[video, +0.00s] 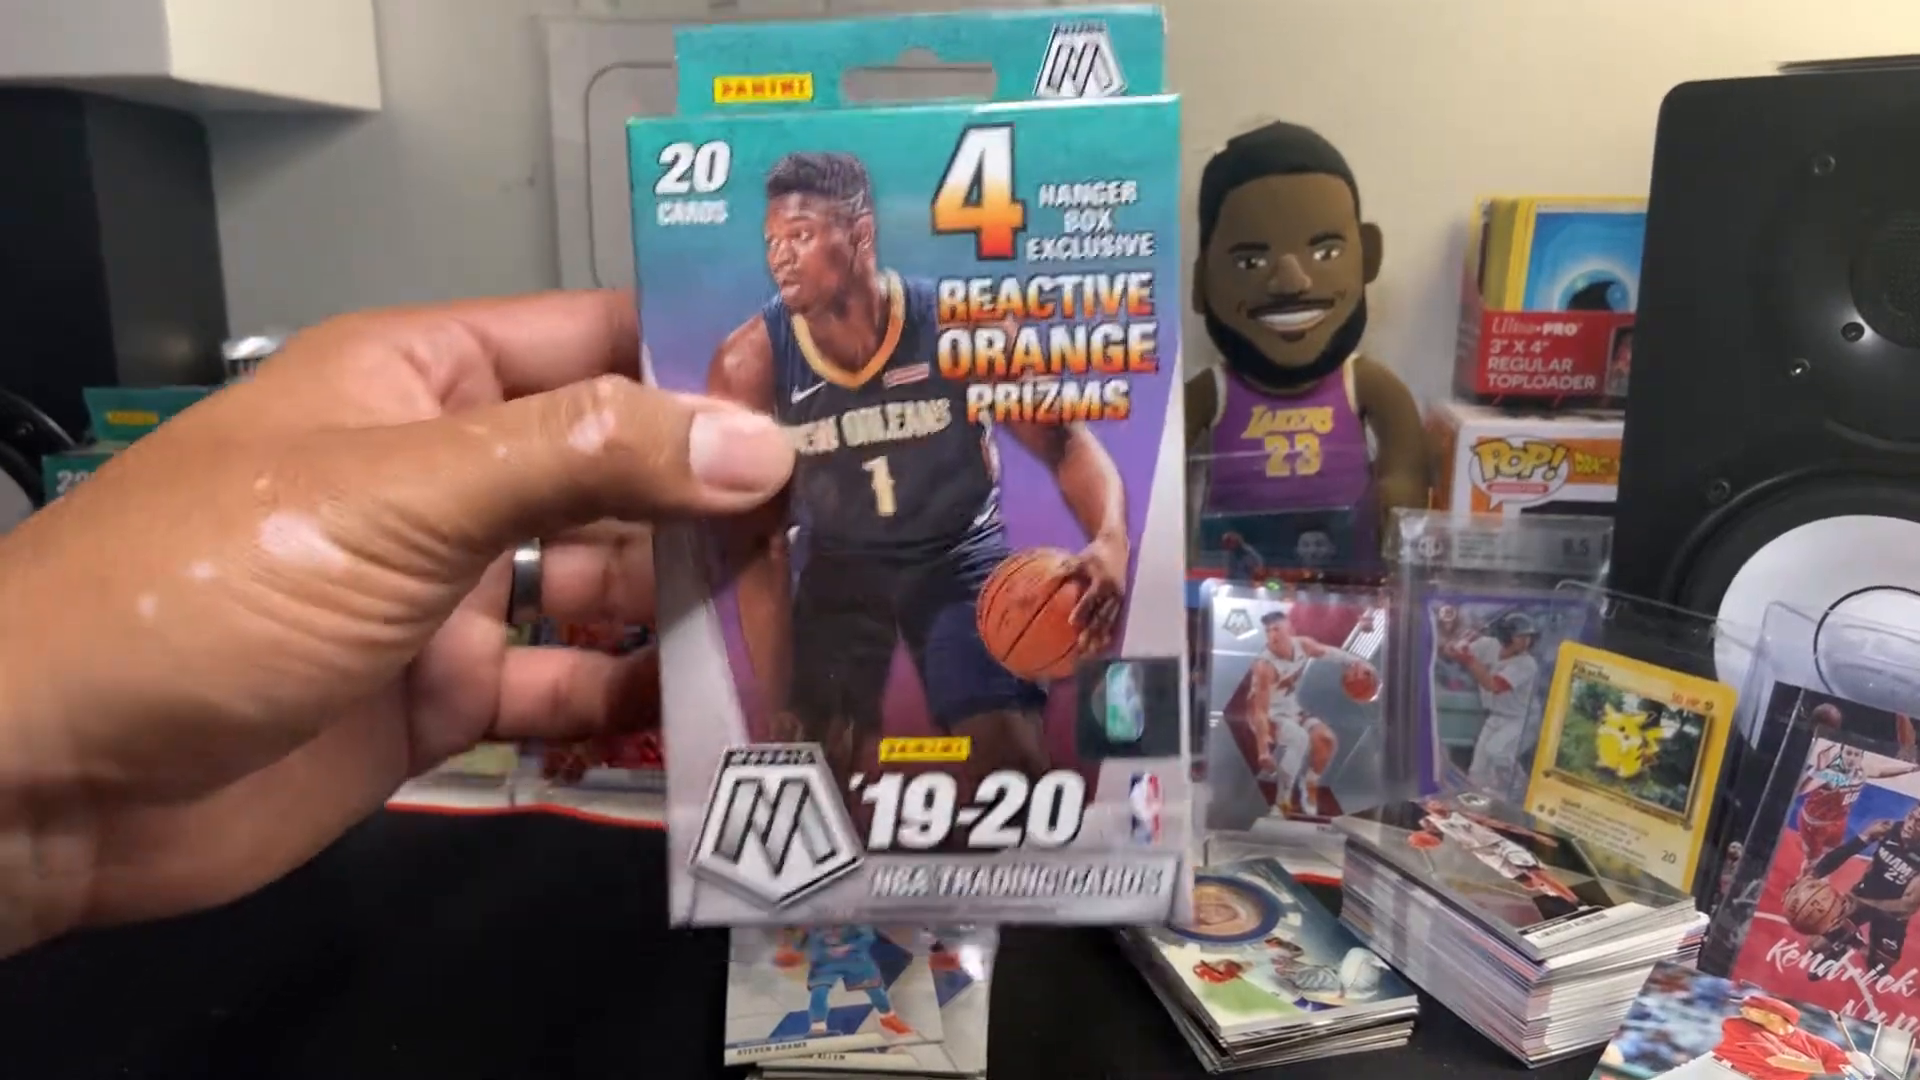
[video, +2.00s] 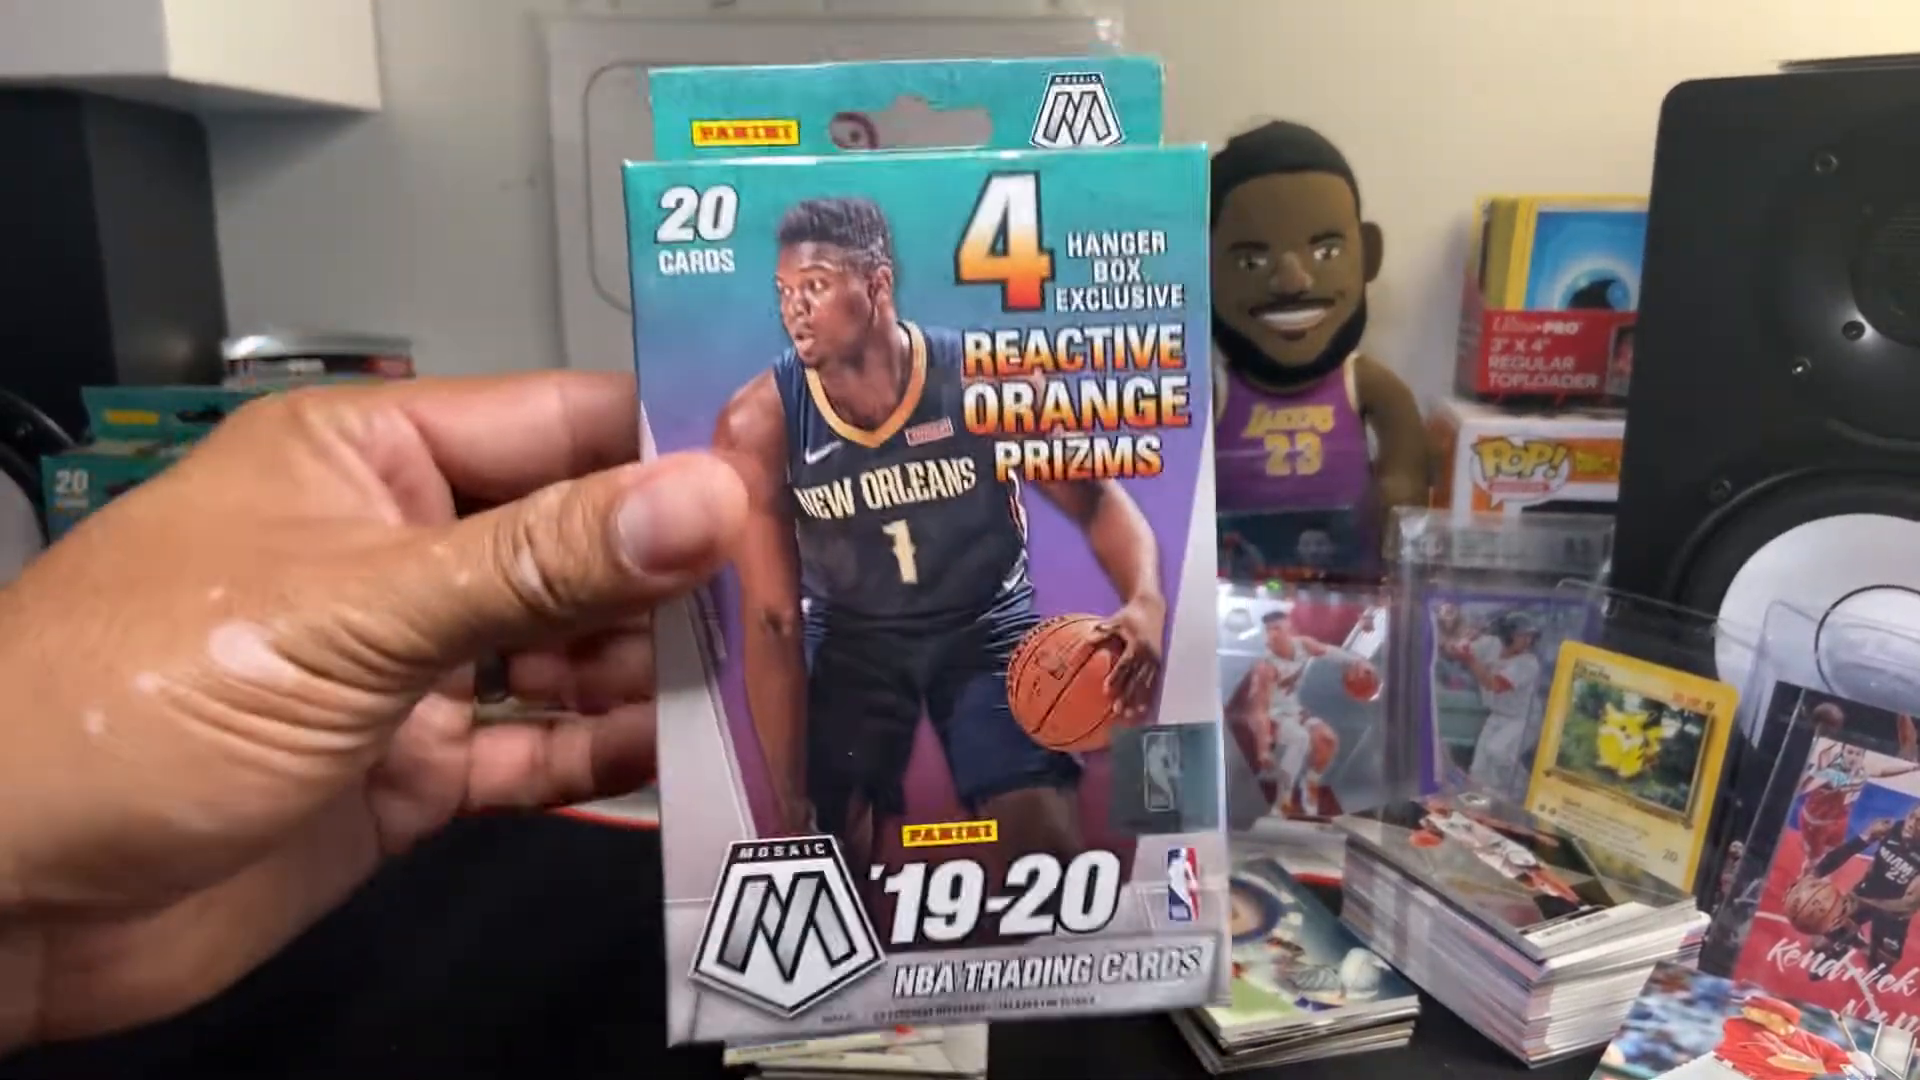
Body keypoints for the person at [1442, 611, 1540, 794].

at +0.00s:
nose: (1527, 642)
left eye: (1529, 637)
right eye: (1522, 637)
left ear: (1531, 639)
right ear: (1509, 637)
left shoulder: (1527, 664)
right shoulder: (1490, 646)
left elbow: (1495, 685)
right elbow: (1458, 651)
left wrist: (1470, 661)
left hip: (1520, 722)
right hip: (1495, 719)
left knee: (1495, 750)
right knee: (1478, 768)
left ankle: (1520, 789)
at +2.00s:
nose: (1528, 641)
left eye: (1530, 637)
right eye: (1523, 635)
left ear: (1533, 639)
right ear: (1510, 635)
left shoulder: (1529, 663)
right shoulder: (1491, 645)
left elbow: (1496, 685)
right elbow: (1458, 650)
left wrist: (1471, 659)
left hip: (1518, 722)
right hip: (1495, 717)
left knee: (1497, 752)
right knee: (1482, 754)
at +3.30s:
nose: (1528, 641)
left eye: (1531, 637)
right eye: (1524, 636)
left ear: (1533, 639)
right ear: (1512, 635)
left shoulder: (1529, 663)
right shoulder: (1493, 646)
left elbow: (1497, 685)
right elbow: (1456, 651)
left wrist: (1472, 661)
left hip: (1518, 722)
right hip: (1495, 718)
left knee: (1496, 753)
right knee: (1480, 763)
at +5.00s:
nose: (1531, 642)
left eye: (1534, 637)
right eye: (1527, 635)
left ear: (1536, 640)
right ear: (1517, 635)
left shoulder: (1532, 663)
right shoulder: (1495, 648)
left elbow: (1503, 685)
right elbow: (1464, 652)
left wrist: (1476, 665)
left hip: (1524, 722)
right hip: (1500, 719)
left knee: (1500, 753)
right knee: (1483, 763)